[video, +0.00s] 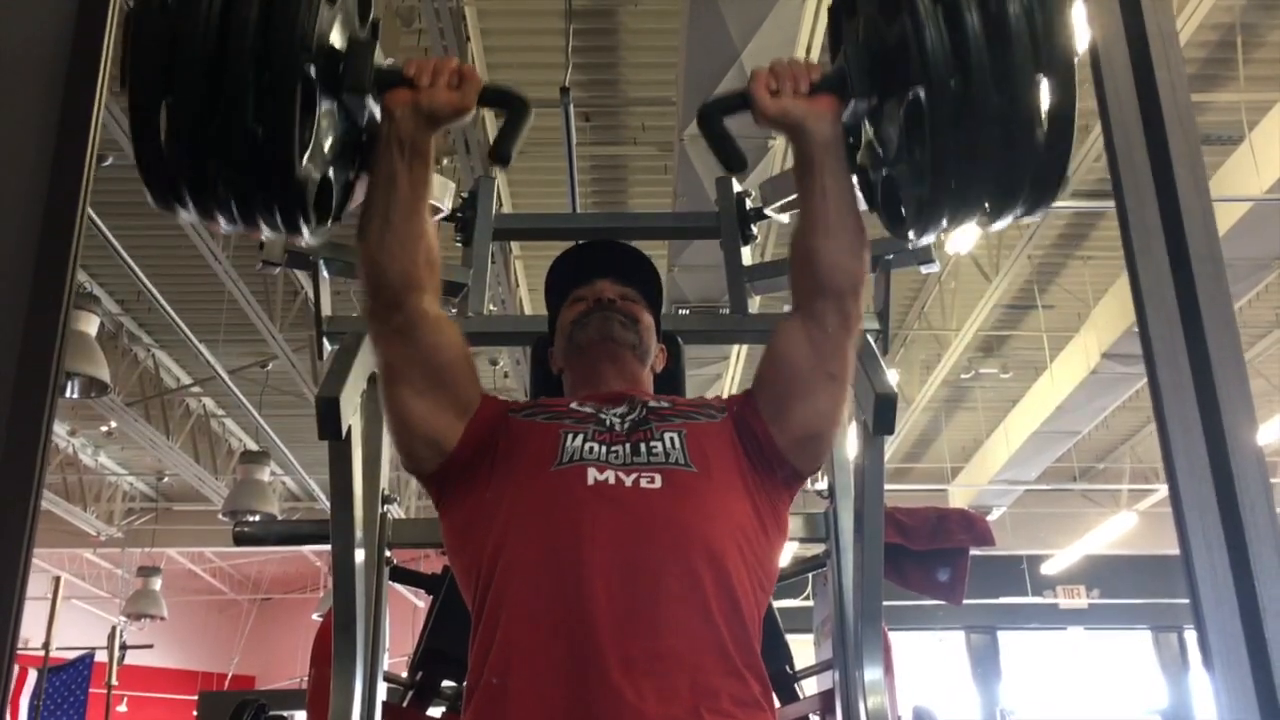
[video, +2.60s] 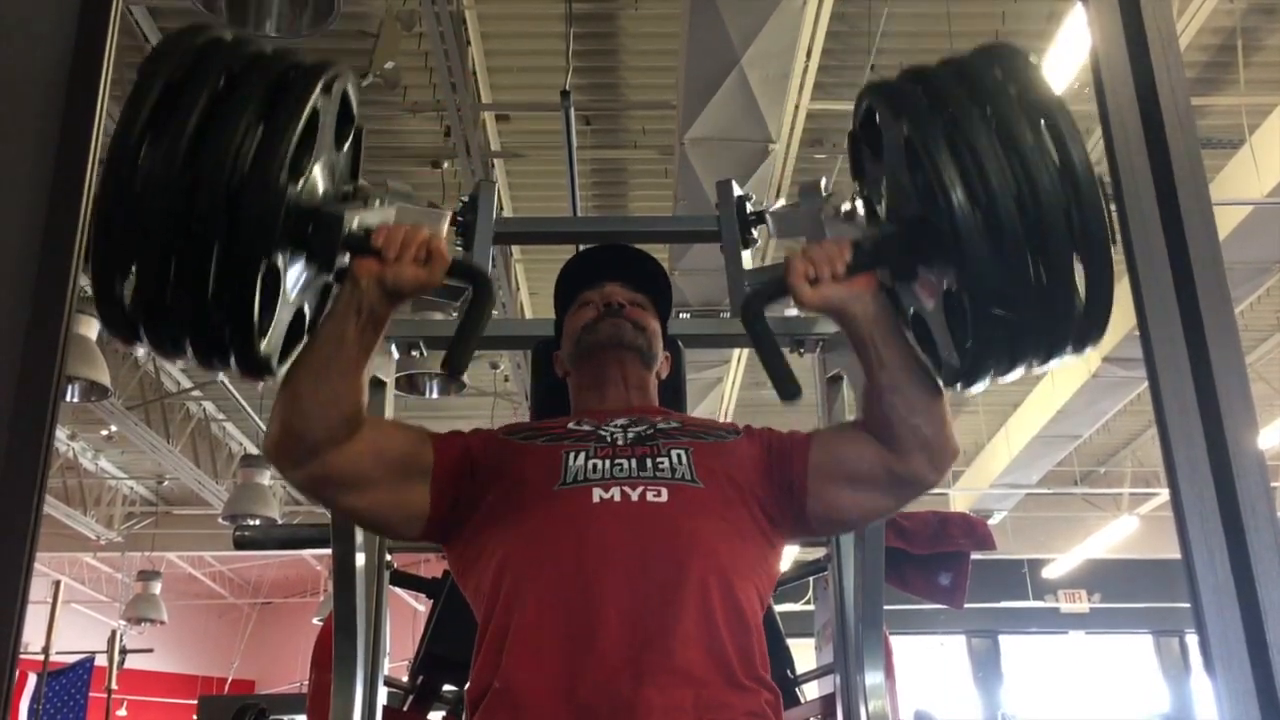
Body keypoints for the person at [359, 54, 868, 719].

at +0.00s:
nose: (605, 302)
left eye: (629, 302)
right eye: (581, 303)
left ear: (661, 355)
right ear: (551, 355)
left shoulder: (751, 442)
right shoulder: (483, 446)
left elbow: (831, 300)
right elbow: (401, 301)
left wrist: (818, 133)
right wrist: (407, 130)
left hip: (724, 708)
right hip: (517, 708)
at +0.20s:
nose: (606, 296)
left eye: (631, 297)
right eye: (582, 296)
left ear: (662, 351)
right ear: (551, 350)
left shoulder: (751, 441)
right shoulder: (478, 448)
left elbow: (883, 368)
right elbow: (342, 366)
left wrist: (838, 208)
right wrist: (391, 205)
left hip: (726, 702)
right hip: (526, 702)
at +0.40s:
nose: (608, 298)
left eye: (632, 299)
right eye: (582, 300)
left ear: (663, 356)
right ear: (552, 356)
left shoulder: (746, 449)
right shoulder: (487, 456)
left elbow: (912, 428)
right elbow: (309, 428)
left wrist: (857, 283)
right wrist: (371, 280)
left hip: (724, 703)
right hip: (527, 705)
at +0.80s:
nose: (610, 298)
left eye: (635, 299)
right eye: (585, 300)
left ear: (666, 357)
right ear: (554, 357)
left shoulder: (744, 454)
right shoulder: (489, 461)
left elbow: (924, 516)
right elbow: (296, 530)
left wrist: (877, 390)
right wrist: (346, 384)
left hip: (729, 706)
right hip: (528, 706)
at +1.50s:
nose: (609, 306)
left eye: (634, 308)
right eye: (584, 307)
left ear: (665, 361)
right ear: (553, 359)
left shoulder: (744, 453)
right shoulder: (488, 458)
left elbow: (924, 444)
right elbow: (302, 438)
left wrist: (860, 311)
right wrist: (363, 301)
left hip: (724, 703)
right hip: (525, 705)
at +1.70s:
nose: (607, 316)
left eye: (632, 313)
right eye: (584, 313)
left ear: (665, 360)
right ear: (553, 361)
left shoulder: (752, 448)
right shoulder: (480, 450)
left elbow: (895, 380)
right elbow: (333, 363)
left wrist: (844, 229)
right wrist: (388, 215)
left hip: (725, 704)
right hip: (522, 705)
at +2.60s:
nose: (614, 305)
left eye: (638, 306)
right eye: (588, 305)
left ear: (666, 362)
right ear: (556, 359)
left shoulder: (744, 457)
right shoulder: (488, 463)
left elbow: (918, 455)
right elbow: (309, 445)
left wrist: (862, 308)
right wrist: (367, 297)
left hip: (721, 703)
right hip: (527, 704)